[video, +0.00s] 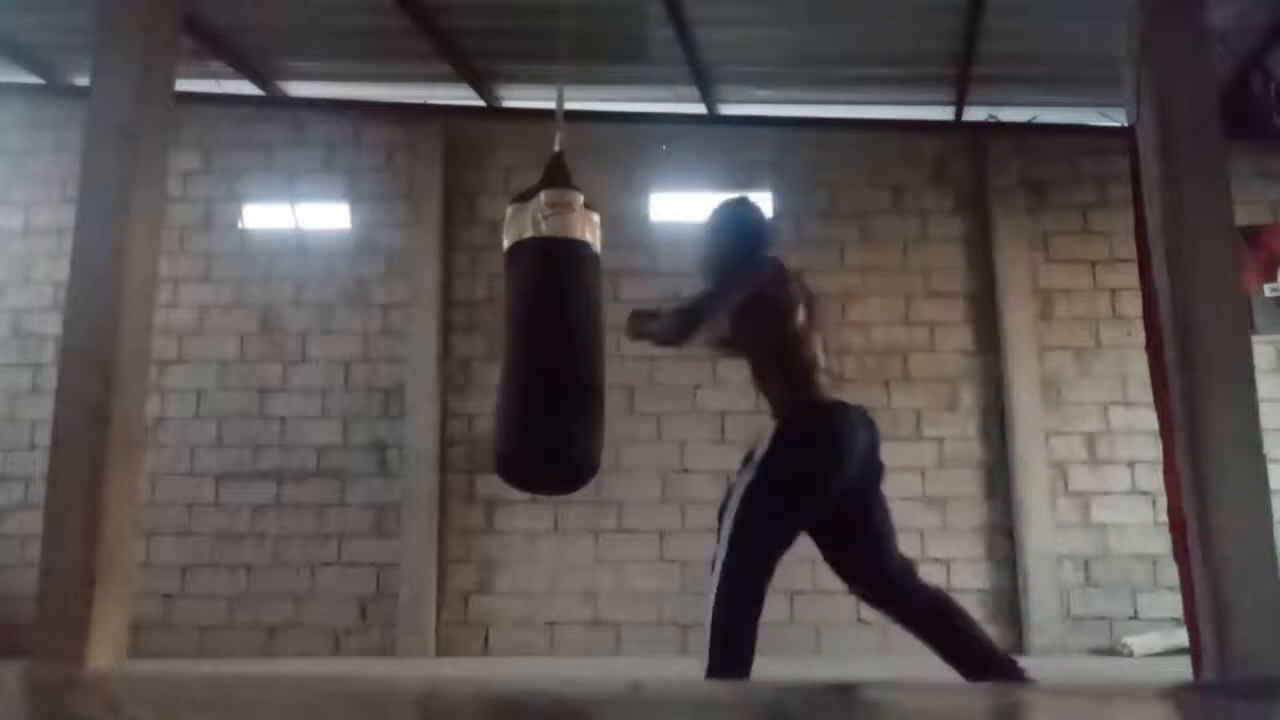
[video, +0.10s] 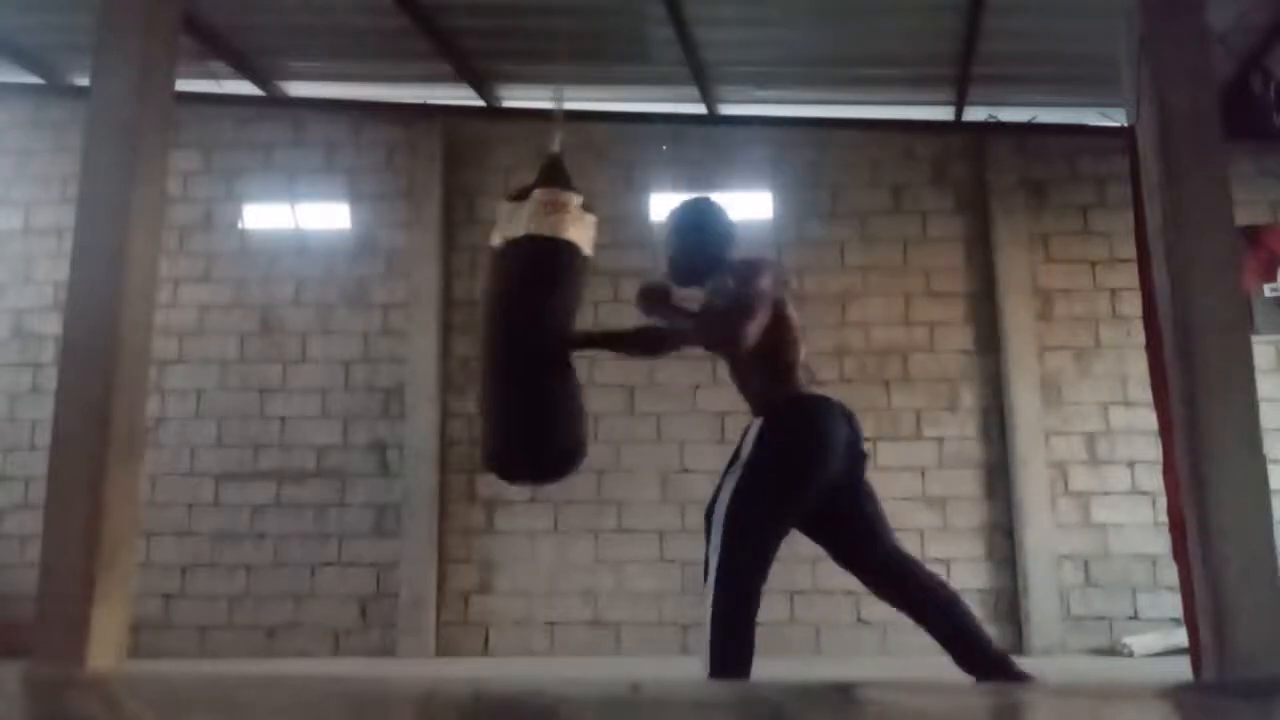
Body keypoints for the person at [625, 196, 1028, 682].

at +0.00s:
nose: (706, 248)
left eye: (712, 237)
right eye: (711, 238)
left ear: (728, 238)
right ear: (757, 234)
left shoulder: (754, 272)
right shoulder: (787, 281)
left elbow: (682, 326)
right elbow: (748, 340)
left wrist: (650, 326)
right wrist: (681, 332)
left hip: (805, 436)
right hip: (845, 430)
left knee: (741, 570)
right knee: (886, 580)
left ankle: (722, 701)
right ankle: (1006, 680)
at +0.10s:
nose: (681, 277)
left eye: (682, 264)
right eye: (678, 267)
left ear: (701, 251)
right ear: (713, 252)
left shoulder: (754, 272)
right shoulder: (716, 300)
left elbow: (739, 335)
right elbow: (652, 340)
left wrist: (671, 312)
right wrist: (574, 339)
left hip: (793, 431)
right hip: (823, 432)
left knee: (735, 568)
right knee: (886, 567)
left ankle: (724, 702)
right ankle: (1000, 675)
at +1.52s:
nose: (569, 288)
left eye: (568, 277)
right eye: (565, 277)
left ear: (578, 274)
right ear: (613, 259)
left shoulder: (589, 326)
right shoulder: (670, 292)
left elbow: (532, 395)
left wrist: (474, 387)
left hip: (664, 444)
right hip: (722, 435)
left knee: (624, 586)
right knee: (768, 562)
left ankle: (607, 703)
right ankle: (842, 675)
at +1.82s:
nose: (644, 276)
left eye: (647, 264)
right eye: (641, 265)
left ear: (665, 261)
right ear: (692, 256)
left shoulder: (685, 300)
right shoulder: (736, 297)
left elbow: (692, 368)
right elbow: (743, 372)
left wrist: (638, 357)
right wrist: (671, 331)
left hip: (719, 438)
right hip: (767, 433)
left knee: (667, 562)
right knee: (799, 561)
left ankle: (629, 670)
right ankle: (870, 669)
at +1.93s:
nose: (674, 275)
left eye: (675, 262)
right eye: (670, 263)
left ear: (693, 256)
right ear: (715, 251)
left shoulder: (725, 293)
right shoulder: (758, 290)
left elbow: (732, 357)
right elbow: (769, 360)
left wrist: (680, 341)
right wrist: (697, 331)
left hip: (755, 430)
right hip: (797, 427)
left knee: (686, 548)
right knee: (815, 558)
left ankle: (698, 673)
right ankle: (892, 669)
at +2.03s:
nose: (701, 287)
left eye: (706, 275)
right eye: (700, 276)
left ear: (728, 274)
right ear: (747, 272)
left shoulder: (755, 315)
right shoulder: (787, 317)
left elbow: (754, 380)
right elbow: (798, 385)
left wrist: (707, 354)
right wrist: (726, 343)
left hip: (786, 456)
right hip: (825, 453)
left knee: (719, 573)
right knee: (833, 581)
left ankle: (766, 687)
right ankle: (911, 682)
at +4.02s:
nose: (716, 303)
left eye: (724, 293)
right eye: (716, 293)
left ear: (746, 296)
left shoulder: (787, 332)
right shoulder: (741, 348)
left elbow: (792, 397)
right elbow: (735, 416)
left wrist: (739, 359)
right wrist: (706, 366)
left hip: (809, 462)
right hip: (816, 464)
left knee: (752, 568)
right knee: (831, 585)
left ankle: (751, 686)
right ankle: (909, 675)